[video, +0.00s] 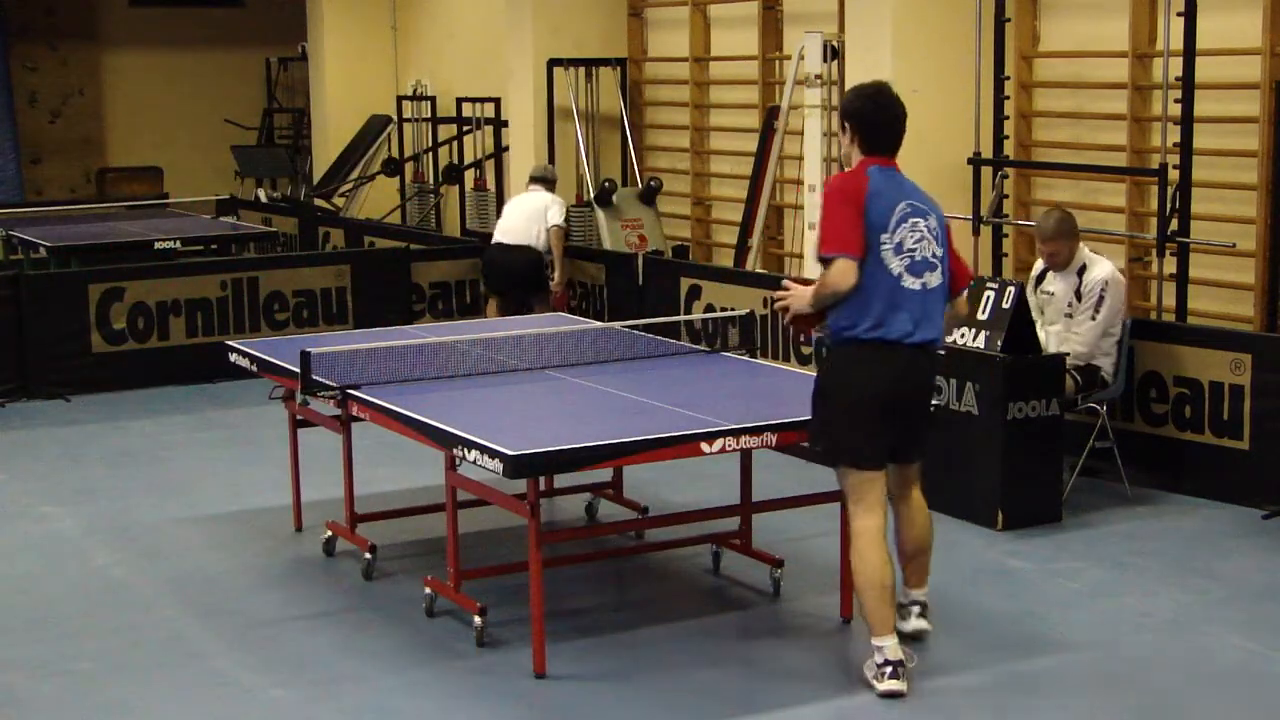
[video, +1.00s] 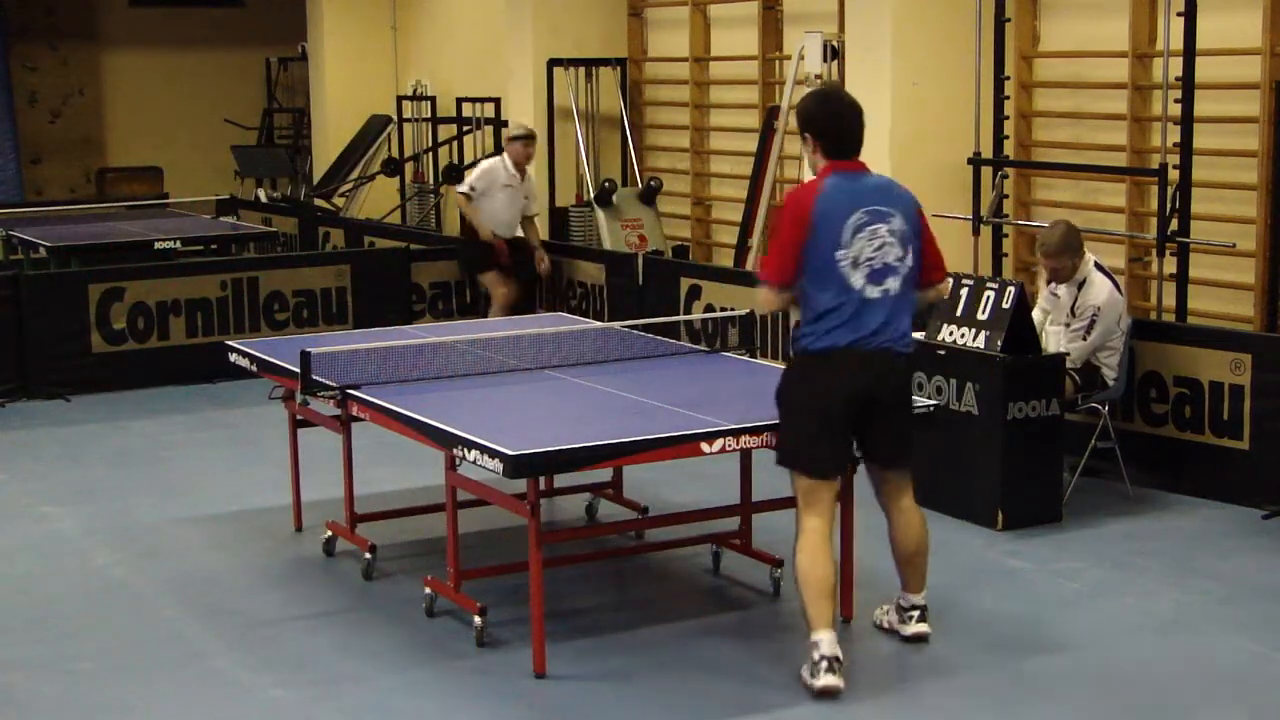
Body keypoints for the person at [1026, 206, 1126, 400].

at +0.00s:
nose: (1046, 260)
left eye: (1053, 255)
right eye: (1042, 253)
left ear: (1074, 244)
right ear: (1038, 244)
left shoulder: (1104, 277)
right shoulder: (1039, 269)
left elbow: (1082, 348)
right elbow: (1033, 322)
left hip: (1092, 367)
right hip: (1048, 360)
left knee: (1032, 392)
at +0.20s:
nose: (1046, 269)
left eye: (1053, 263)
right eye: (1043, 262)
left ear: (1075, 252)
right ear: (1039, 251)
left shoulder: (1101, 288)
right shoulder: (1047, 271)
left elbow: (1076, 353)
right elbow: (1037, 321)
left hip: (1093, 372)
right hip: (1053, 360)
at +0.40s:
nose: (1043, 277)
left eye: (1050, 270)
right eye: (1040, 269)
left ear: (1070, 260)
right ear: (1037, 258)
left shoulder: (1095, 296)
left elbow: (1069, 358)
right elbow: (1044, 313)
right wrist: (1016, 340)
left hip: (1095, 372)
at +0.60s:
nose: (1043, 280)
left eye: (1050, 274)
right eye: (1039, 272)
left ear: (1069, 264)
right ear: (1036, 261)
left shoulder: (1095, 300)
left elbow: (1069, 360)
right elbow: (1046, 312)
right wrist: (1016, 337)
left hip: (1097, 373)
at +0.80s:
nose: (1047, 281)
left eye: (1054, 274)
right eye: (1044, 273)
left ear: (1074, 264)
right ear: (1041, 262)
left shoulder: (1098, 300)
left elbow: (1070, 360)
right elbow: (1044, 311)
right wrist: (1016, 342)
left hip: (1097, 371)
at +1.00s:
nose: (1049, 275)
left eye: (1056, 270)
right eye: (1046, 268)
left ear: (1077, 261)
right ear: (1042, 258)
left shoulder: (1100, 296)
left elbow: (1071, 358)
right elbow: (1039, 318)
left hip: (1095, 371)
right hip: (1056, 358)